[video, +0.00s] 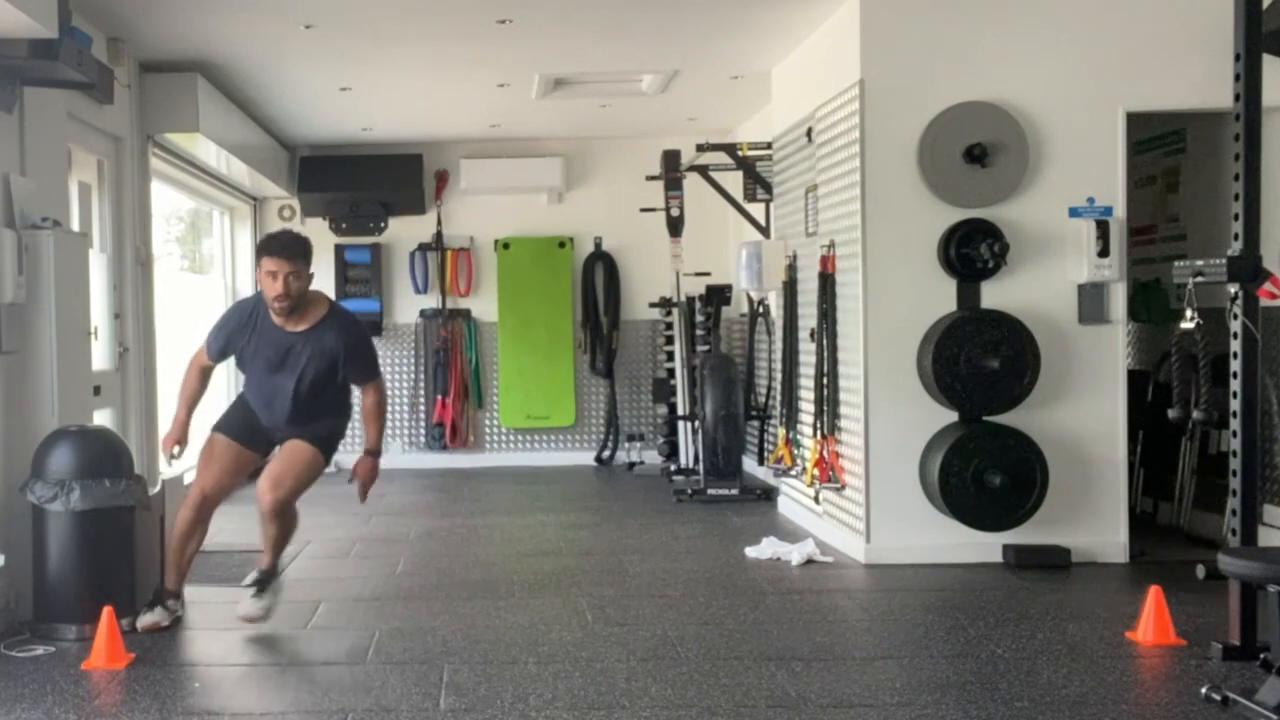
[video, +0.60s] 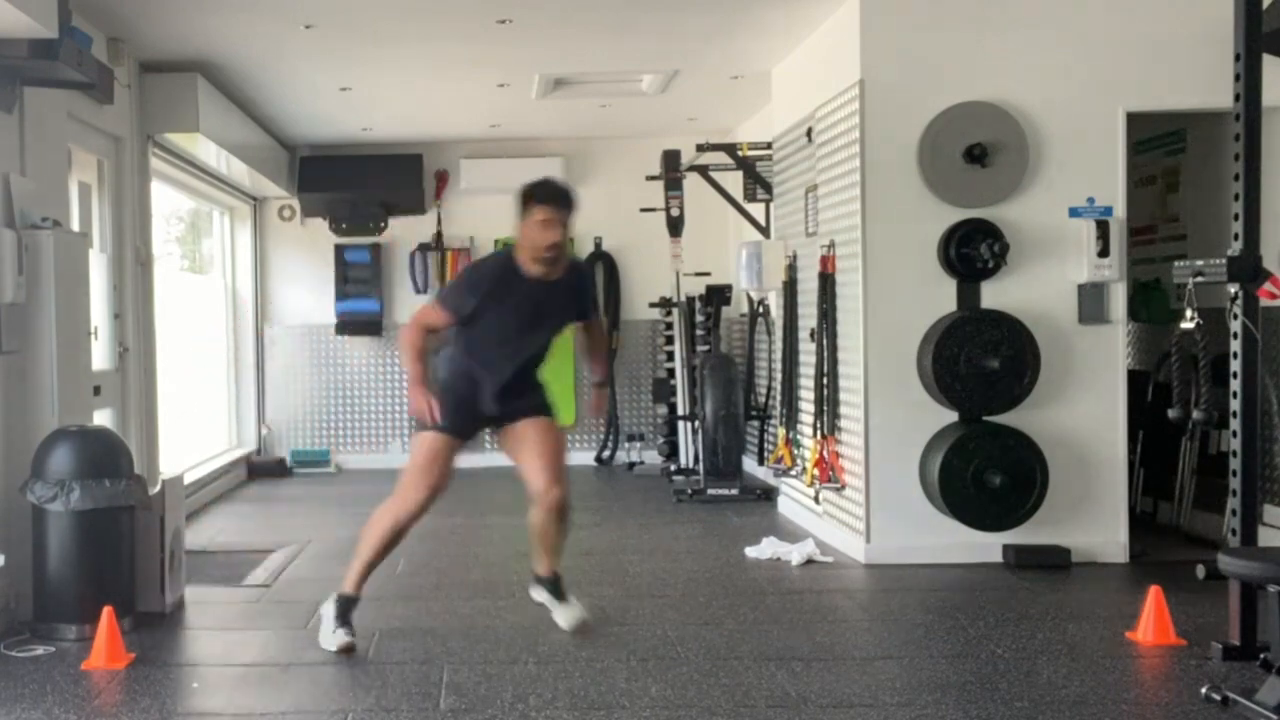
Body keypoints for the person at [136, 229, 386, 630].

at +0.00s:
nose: (280, 289)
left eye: (291, 277)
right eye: (271, 277)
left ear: (309, 277)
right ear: (259, 276)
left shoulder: (342, 329)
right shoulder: (244, 316)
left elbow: (372, 389)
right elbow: (201, 363)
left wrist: (372, 452)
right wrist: (180, 422)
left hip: (316, 423)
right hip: (255, 409)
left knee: (272, 494)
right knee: (202, 492)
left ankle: (266, 573)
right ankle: (170, 596)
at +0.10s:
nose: (295, 279)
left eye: (306, 267)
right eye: (286, 266)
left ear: (323, 267)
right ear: (272, 265)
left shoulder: (358, 318)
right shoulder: (257, 305)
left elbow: (393, 372)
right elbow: (216, 346)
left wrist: (401, 441)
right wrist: (189, 405)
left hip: (317, 427)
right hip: (262, 403)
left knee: (272, 516)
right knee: (213, 491)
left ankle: (230, 591)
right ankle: (170, 594)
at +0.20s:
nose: (324, 271)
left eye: (335, 259)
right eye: (314, 259)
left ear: (352, 258)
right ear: (301, 257)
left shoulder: (383, 308)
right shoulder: (281, 295)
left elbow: (434, 353)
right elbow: (239, 325)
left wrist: (454, 412)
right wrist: (205, 377)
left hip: (332, 426)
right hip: (278, 401)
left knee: (288, 518)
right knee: (257, 478)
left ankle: (227, 591)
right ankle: (194, 553)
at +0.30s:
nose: (355, 261)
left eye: (366, 249)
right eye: (345, 249)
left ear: (382, 248)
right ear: (331, 248)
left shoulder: (418, 301)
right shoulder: (312, 289)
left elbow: (474, 337)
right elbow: (260, 318)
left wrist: (483, 394)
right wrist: (213, 363)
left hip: (364, 421)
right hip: (315, 387)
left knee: (308, 508)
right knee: (318, 457)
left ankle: (233, 585)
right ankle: (277, 569)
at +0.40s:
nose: (399, 253)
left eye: (410, 242)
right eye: (389, 242)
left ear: (425, 243)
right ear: (374, 244)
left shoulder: (457, 293)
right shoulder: (354, 290)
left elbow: (492, 341)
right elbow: (291, 327)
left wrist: (490, 406)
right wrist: (252, 361)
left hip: (411, 426)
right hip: (358, 404)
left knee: (354, 530)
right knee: (347, 492)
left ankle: (289, 563)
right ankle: (325, 606)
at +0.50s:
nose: (468, 249)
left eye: (478, 238)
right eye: (458, 237)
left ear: (489, 242)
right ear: (438, 240)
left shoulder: (505, 293)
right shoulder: (409, 292)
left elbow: (519, 344)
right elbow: (343, 332)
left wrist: (522, 398)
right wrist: (334, 355)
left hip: (462, 410)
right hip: (402, 401)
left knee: (455, 512)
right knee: (371, 503)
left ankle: (437, 560)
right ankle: (331, 609)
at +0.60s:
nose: (553, 235)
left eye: (560, 224)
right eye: (542, 224)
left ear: (569, 228)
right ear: (520, 227)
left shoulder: (575, 279)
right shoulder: (487, 276)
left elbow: (593, 331)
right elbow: (416, 328)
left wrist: (598, 383)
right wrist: (416, 385)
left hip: (519, 390)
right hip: (458, 387)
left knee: (552, 493)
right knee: (417, 492)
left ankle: (547, 579)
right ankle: (343, 600)